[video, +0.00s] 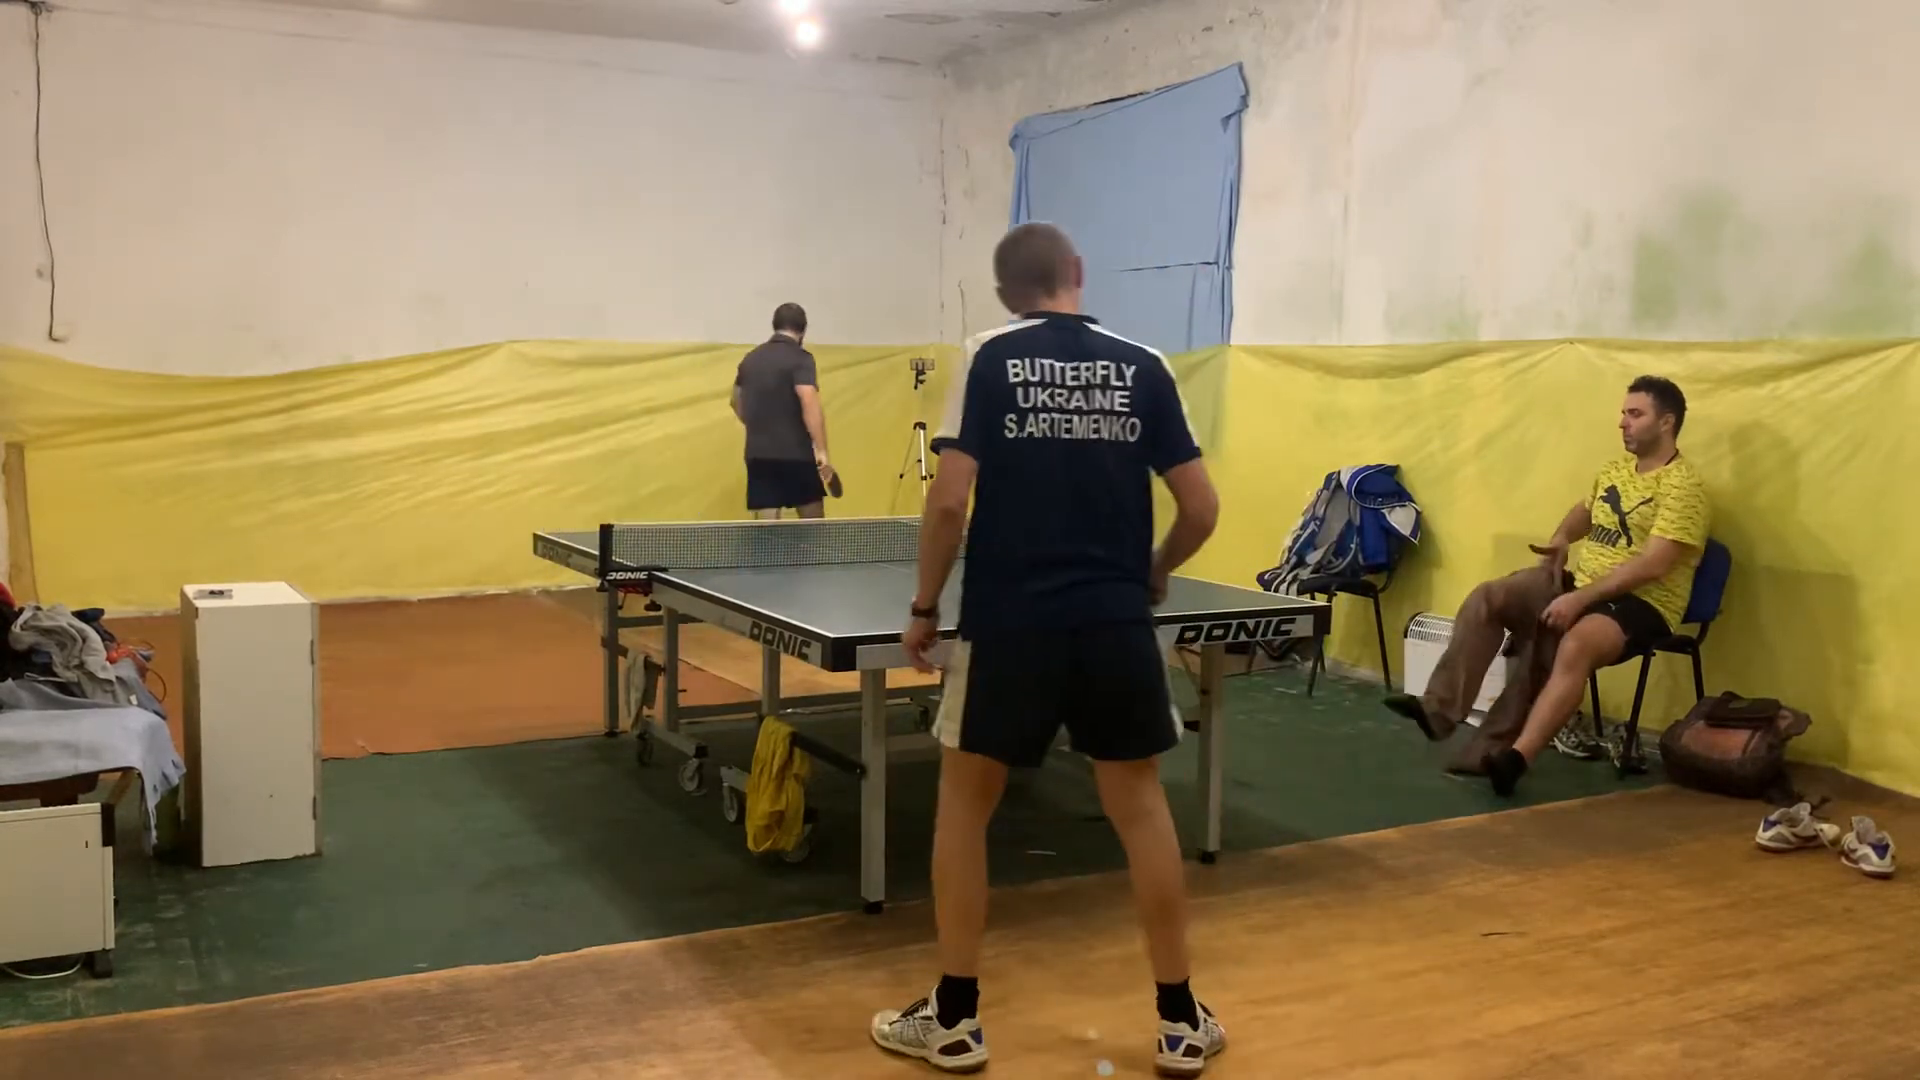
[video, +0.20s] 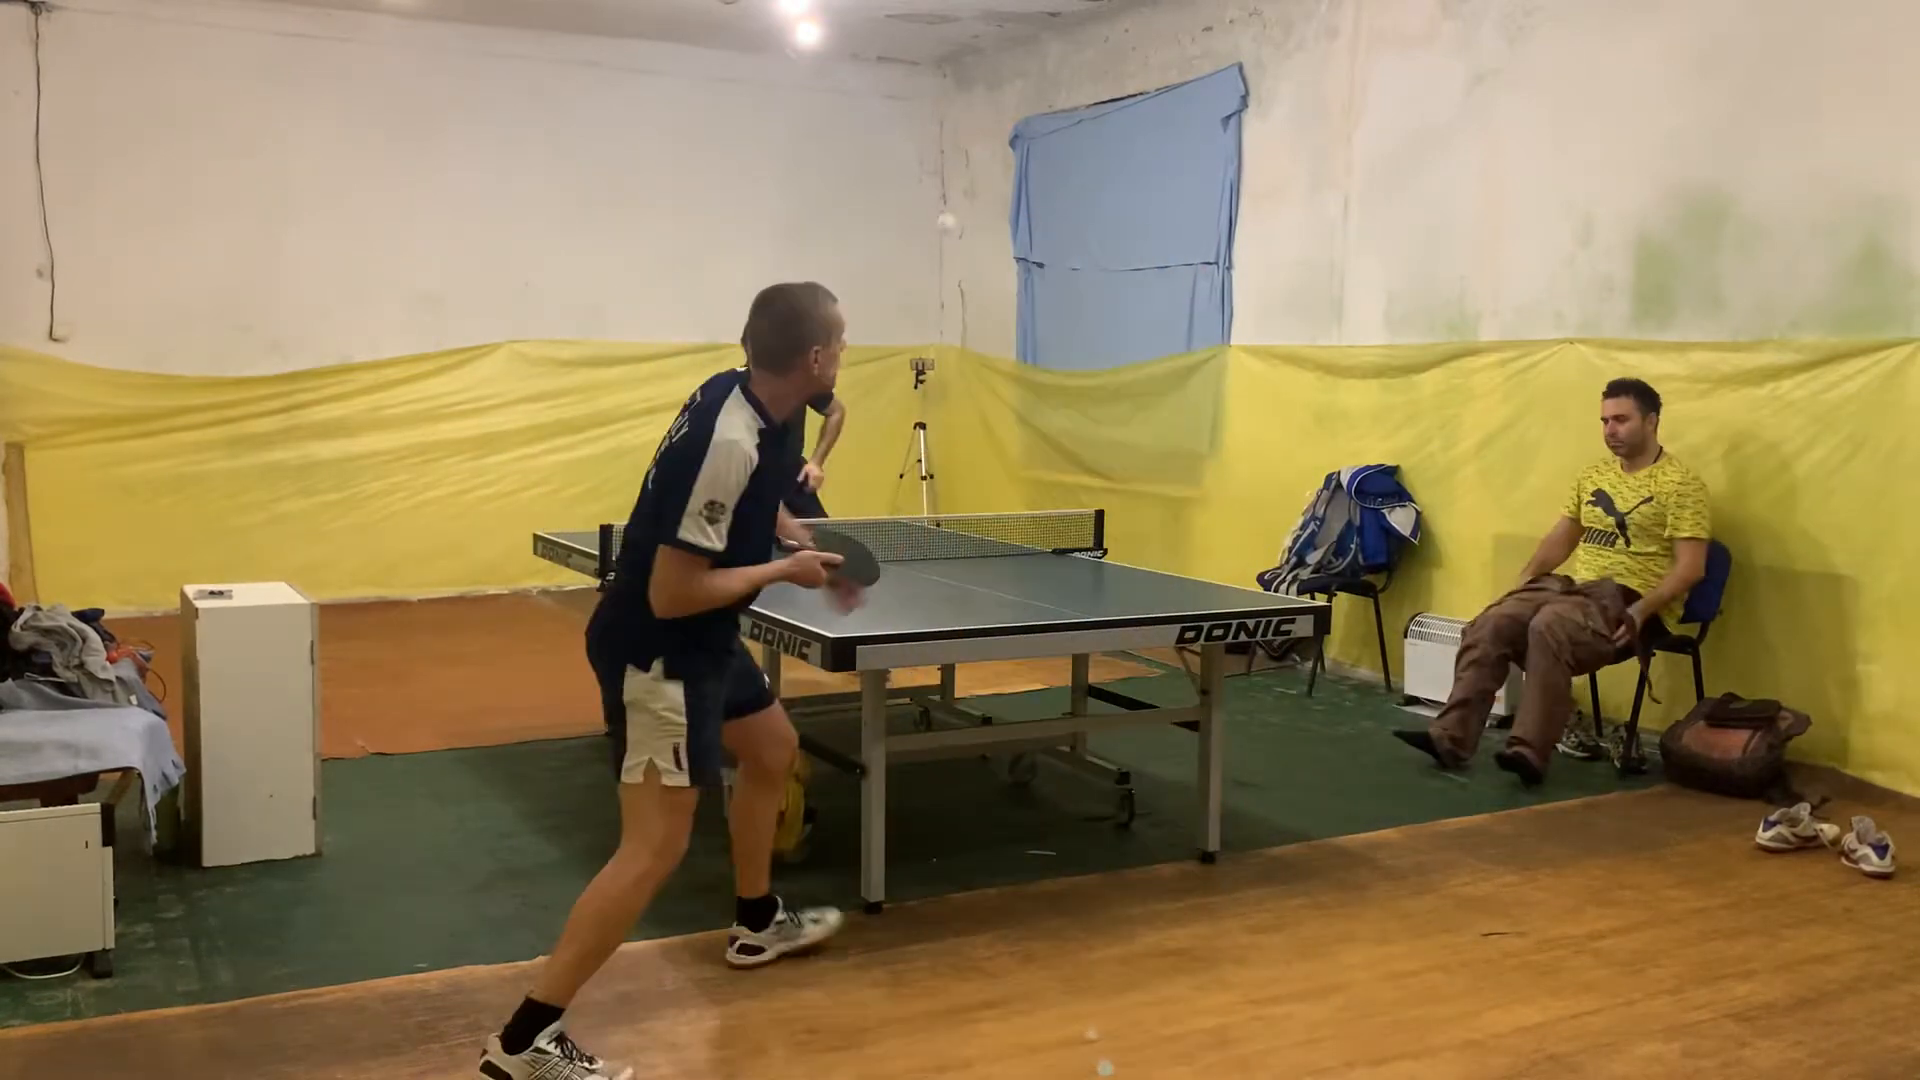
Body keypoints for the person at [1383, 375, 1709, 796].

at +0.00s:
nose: (1623, 422)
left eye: (1634, 414)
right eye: (1624, 413)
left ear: (1668, 423)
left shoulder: (1683, 485)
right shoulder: (1618, 468)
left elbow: (1656, 563)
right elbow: (1587, 512)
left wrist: (1582, 598)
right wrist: (1561, 537)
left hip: (1643, 599)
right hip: (1582, 581)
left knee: (1573, 642)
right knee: (1487, 599)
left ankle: (1513, 757)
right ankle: (1441, 710)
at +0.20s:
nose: (1610, 431)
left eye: (1620, 420)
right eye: (1605, 421)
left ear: (1652, 421)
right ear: (1601, 423)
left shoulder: (1682, 485)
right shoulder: (1595, 475)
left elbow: (1691, 569)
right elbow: (1560, 539)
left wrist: (1643, 609)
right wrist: (1522, 586)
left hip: (1627, 601)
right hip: (1569, 589)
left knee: (1549, 628)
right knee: (1489, 625)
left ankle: (1531, 750)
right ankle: (1452, 739)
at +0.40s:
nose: (1607, 429)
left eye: (1617, 419)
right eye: (1603, 420)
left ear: (1650, 420)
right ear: (1599, 421)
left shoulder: (1679, 483)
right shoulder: (1594, 477)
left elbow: (1684, 568)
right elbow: (1563, 547)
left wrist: (1644, 622)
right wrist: (1525, 593)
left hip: (1628, 597)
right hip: (1571, 587)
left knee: (1548, 627)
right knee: (1493, 619)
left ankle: (1530, 749)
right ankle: (1449, 732)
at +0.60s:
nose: (1606, 428)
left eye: (1616, 418)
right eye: (1601, 419)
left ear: (1648, 420)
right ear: (1598, 421)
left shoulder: (1680, 485)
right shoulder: (1594, 476)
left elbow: (1678, 571)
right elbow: (1562, 545)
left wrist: (1644, 633)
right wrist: (1529, 594)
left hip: (1626, 597)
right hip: (1570, 587)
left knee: (1552, 626)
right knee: (1495, 615)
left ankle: (1530, 750)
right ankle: (1446, 721)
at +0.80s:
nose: (1602, 429)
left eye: (1612, 419)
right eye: (1599, 419)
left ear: (1646, 421)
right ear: (1597, 421)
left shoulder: (1679, 485)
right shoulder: (1591, 477)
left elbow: (1677, 570)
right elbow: (1560, 547)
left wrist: (1645, 632)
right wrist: (1528, 593)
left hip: (1625, 596)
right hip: (1569, 587)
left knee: (1555, 627)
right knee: (1495, 613)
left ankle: (1530, 751)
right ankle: (1451, 718)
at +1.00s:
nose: (1600, 428)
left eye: (1610, 418)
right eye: (1597, 419)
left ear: (1644, 420)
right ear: (1596, 422)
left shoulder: (1679, 483)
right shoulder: (1592, 476)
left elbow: (1680, 568)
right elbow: (1561, 546)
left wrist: (1647, 630)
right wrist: (1531, 592)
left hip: (1627, 596)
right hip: (1570, 587)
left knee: (1557, 627)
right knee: (1496, 614)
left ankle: (1531, 751)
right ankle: (1458, 723)